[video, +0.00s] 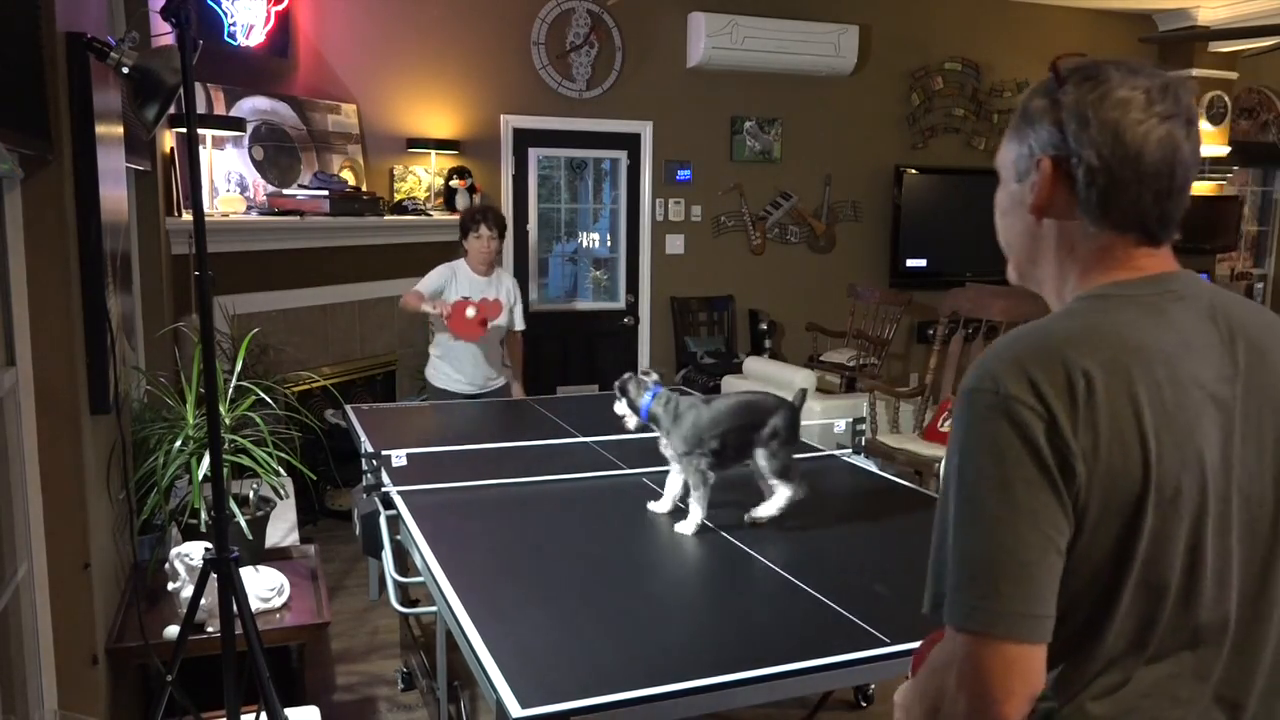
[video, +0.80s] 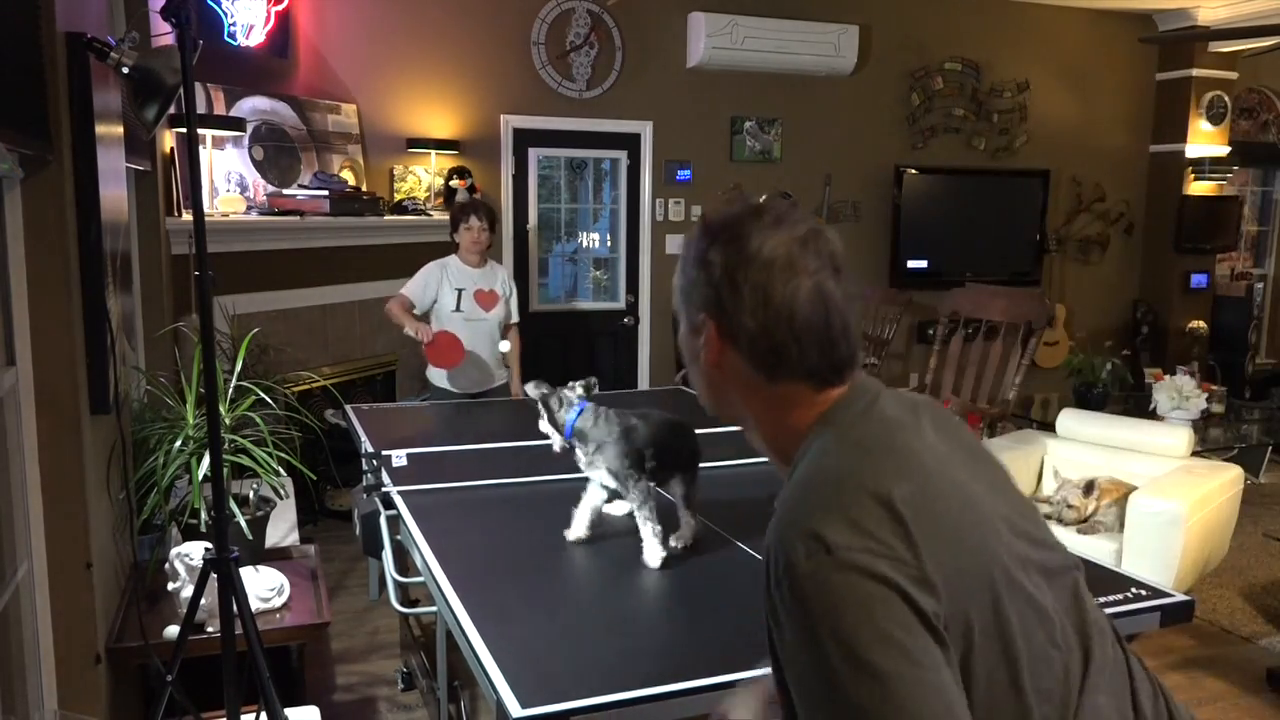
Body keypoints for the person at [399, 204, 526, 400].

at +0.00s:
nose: (486, 245)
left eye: (492, 238)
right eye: (477, 238)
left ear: (500, 243)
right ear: (465, 242)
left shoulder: (507, 283)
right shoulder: (447, 273)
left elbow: (514, 336)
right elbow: (407, 300)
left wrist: (516, 381)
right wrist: (430, 306)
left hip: (493, 386)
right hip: (448, 387)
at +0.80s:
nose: (476, 236)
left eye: (483, 230)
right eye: (468, 229)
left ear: (491, 236)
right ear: (455, 235)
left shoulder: (501, 275)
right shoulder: (437, 271)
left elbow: (511, 329)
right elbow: (395, 305)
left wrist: (515, 381)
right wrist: (412, 323)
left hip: (494, 385)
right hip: (447, 388)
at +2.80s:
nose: (578, 259)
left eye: (580, 252)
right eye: (570, 252)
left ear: (584, 252)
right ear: (550, 253)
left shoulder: (566, 283)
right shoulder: (541, 284)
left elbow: (559, 337)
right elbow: (560, 328)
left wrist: (561, 376)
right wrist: (603, 351)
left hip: (546, 378)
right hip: (510, 380)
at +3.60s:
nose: (530, 244)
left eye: (536, 238)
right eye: (523, 236)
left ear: (544, 243)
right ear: (511, 239)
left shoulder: (551, 279)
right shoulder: (493, 268)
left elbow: (557, 334)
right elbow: (471, 306)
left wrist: (556, 383)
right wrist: (487, 333)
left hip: (535, 374)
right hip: (494, 371)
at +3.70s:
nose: (520, 243)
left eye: (528, 237)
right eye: (515, 235)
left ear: (536, 242)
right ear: (504, 238)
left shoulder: (544, 277)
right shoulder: (490, 270)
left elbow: (551, 329)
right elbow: (474, 304)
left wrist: (548, 380)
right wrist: (475, 332)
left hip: (528, 374)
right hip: (490, 371)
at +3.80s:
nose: (516, 242)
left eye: (523, 236)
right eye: (510, 235)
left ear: (532, 241)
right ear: (500, 238)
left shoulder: (539, 275)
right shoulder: (490, 271)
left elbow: (547, 328)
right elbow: (479, 310)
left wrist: (538, 378)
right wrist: (471, 332)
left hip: (525, 375)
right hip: (489, 372)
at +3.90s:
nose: (511, 244)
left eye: (519, 239)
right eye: (506, 237)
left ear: (529, 241)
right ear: (497, 239)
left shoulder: (539, 275)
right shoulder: (487, 273)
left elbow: (545, 330)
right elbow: (481, 311)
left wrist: (526, 375)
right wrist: (470, 339)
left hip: (532, 376)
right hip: (492, 374)